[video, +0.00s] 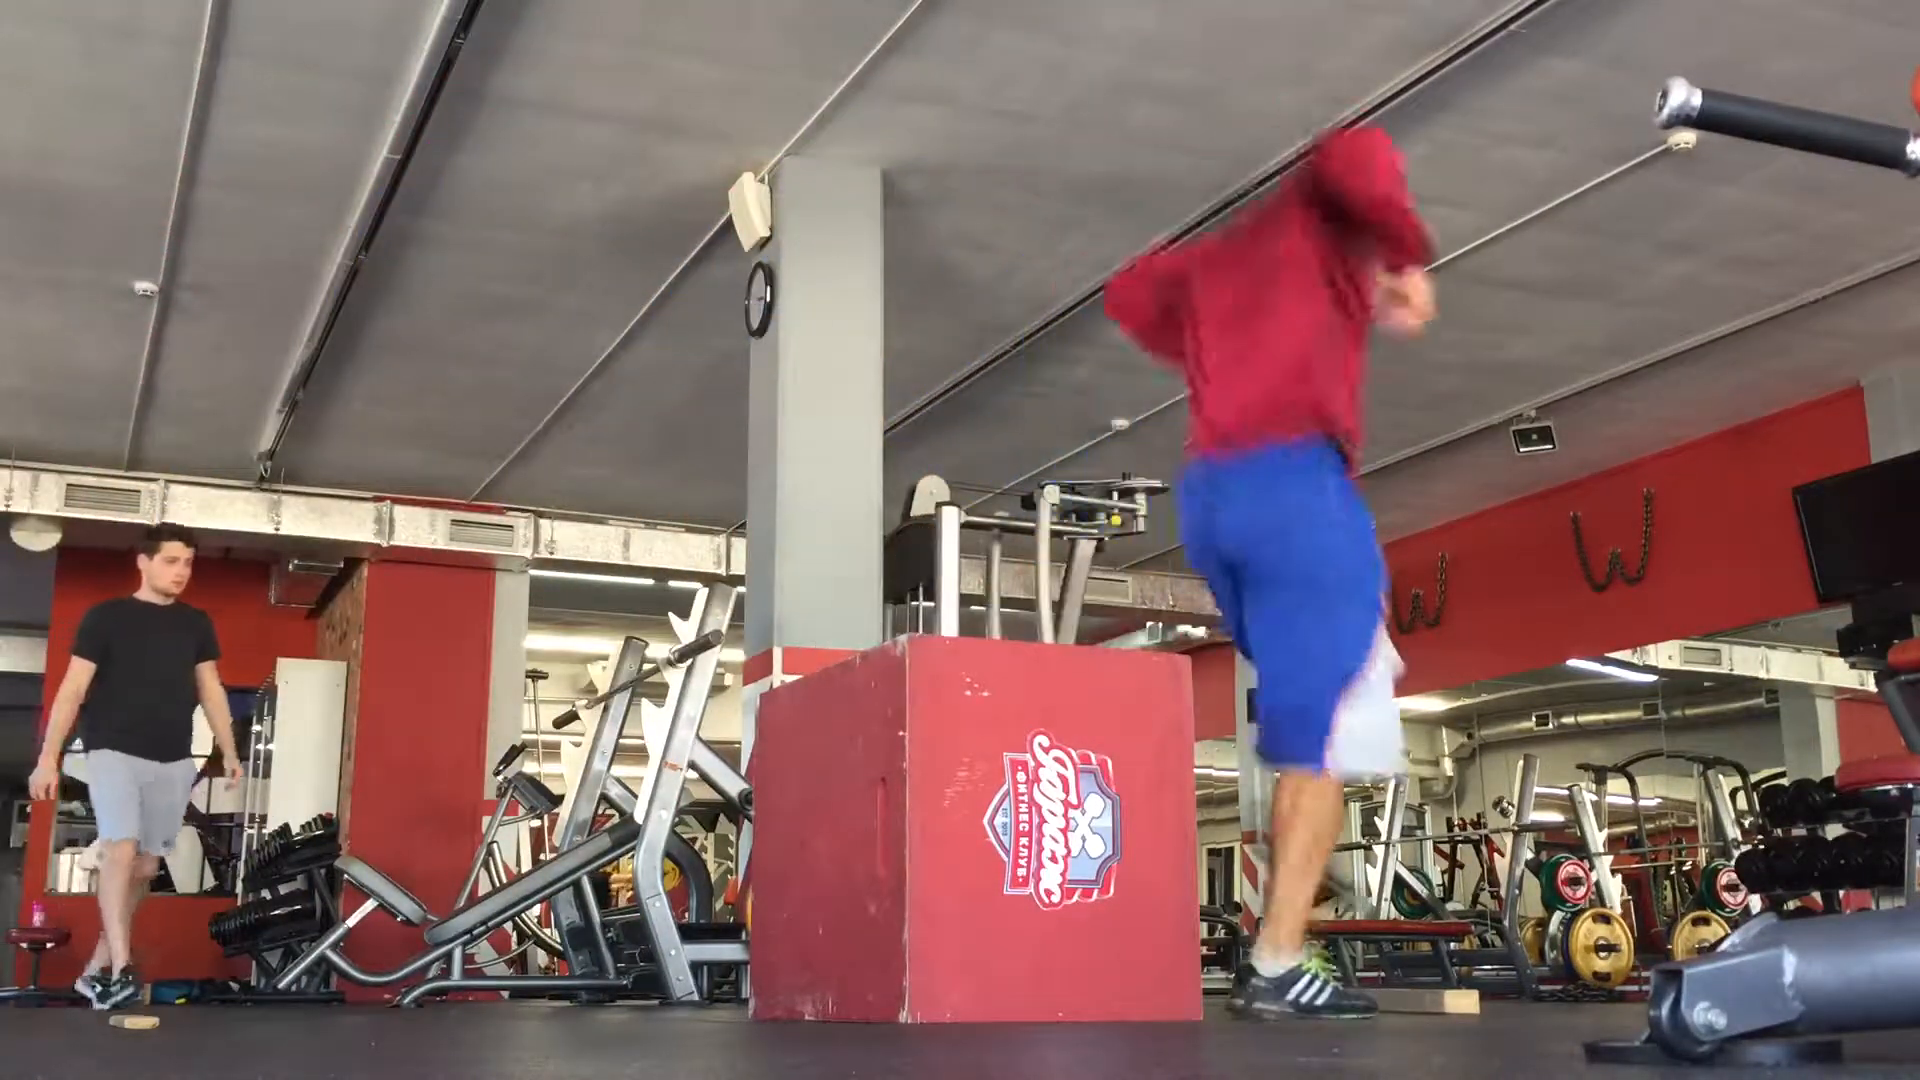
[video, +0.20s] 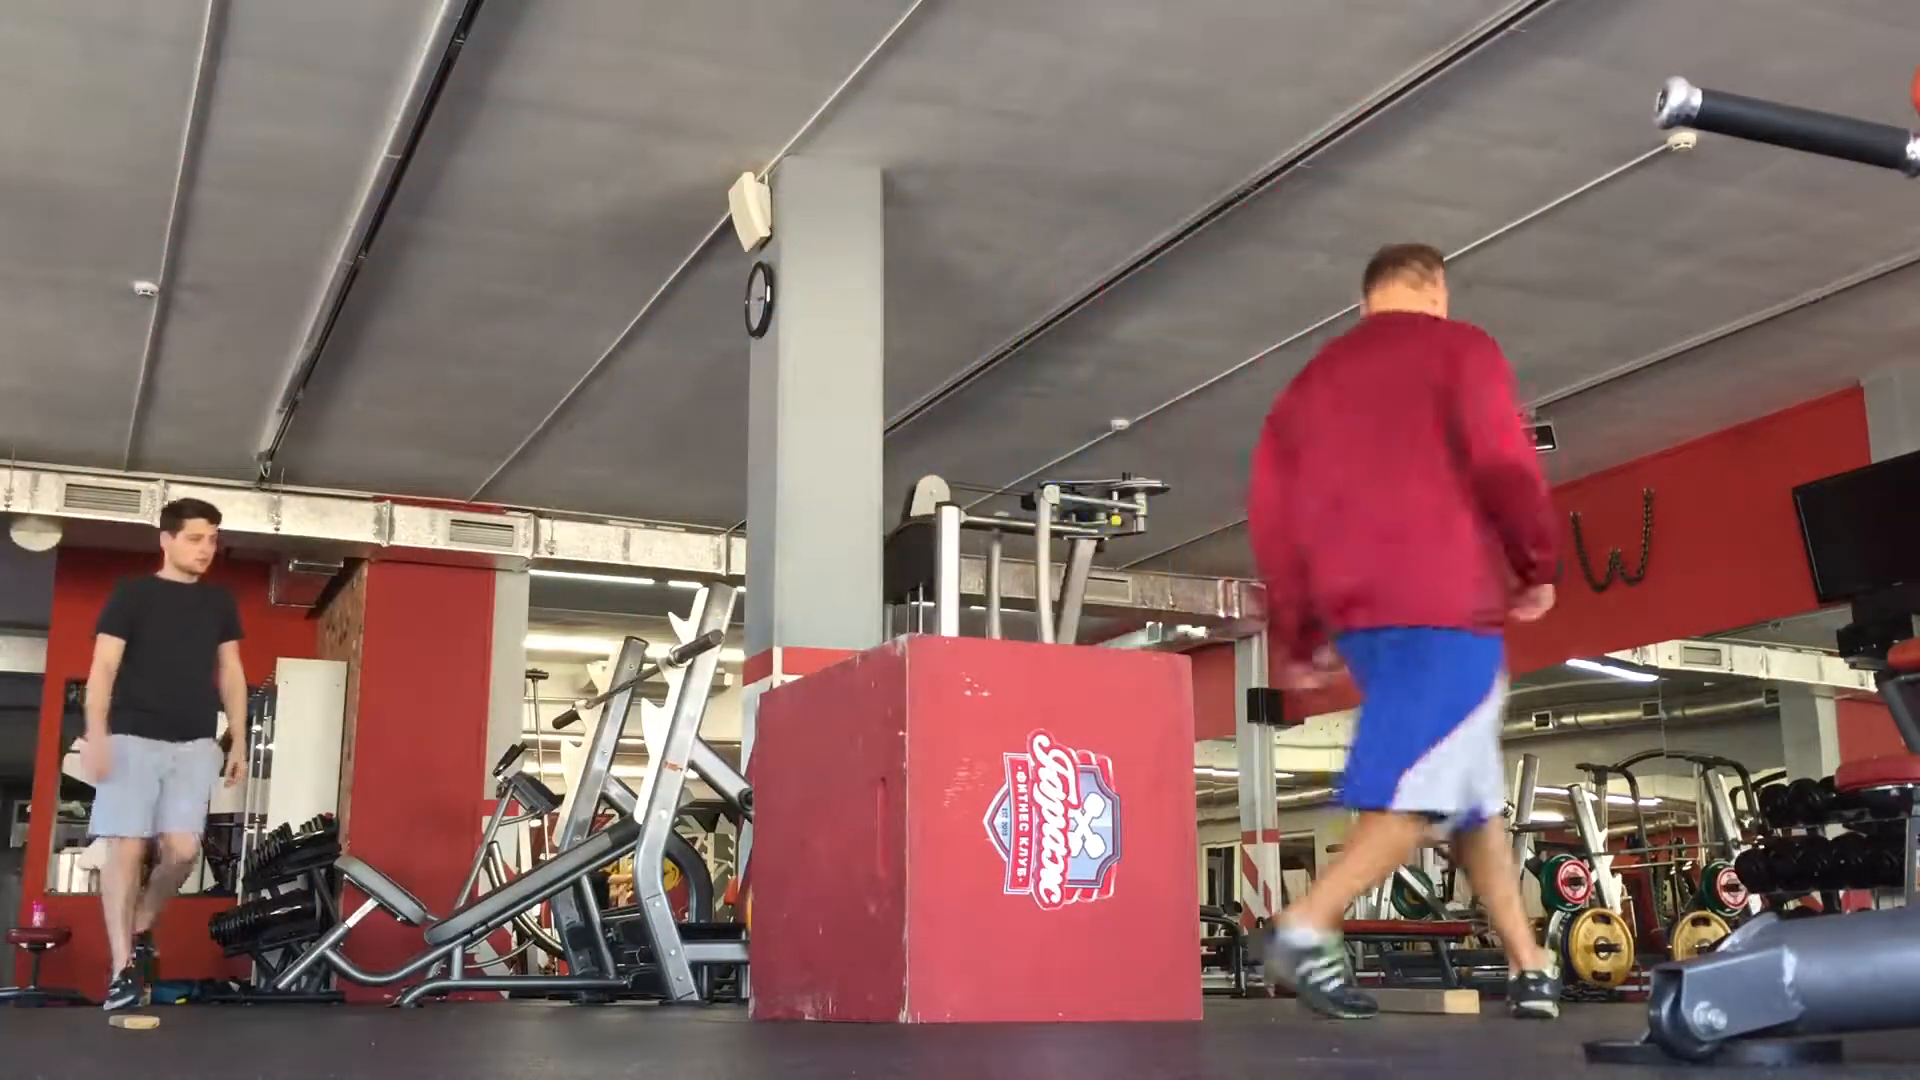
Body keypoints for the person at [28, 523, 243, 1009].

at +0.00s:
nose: (181, 571)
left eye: (187, 563)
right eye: (172, 561)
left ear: (191, 568)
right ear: (143, 562)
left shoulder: (196, 624)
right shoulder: (106, 616)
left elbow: (211, 691)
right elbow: (72, 691)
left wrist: (229, 750)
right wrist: (48, 759)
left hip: (171, 762)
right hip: (113, 753)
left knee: (145, 867)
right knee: (121, 851)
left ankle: (95, 971)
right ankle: (122, 970)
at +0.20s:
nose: (206, 548)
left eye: (212, 540)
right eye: (195, 538)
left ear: (215, 545)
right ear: (166, 540)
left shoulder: (220, 603)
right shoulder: (134, 594)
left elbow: (231, 673)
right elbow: (103, 667)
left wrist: (239, 739)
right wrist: (96, 736)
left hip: (195, 746)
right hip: (131, 741)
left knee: (182, 852)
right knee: (127, 850)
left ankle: (140, 926)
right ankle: (123, 972)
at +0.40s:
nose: (239, 540)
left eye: (245, 531)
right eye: (230, 529)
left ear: (246, 536)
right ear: (200, 529)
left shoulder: (247, 593)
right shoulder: (158, 584)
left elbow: (254, 669)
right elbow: (141, 653)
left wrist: (257, 734)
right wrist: (167, 705)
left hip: (225, 738)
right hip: (157, 740)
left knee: (223, 831)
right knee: (137, 846)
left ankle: (196, 959)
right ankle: (127, 968)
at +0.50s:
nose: (261, 540)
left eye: (266, 531)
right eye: (252, 529)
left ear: (267, 537)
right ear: (221, 529)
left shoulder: (263, 601)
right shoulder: (178, 583)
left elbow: (271, 672)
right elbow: (162, 650)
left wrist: (275, 741)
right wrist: (193, 699)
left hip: (243, 742)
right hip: (174, 741)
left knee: (236, 845)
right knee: (148, 850)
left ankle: (230, 971)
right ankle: (129, 965)